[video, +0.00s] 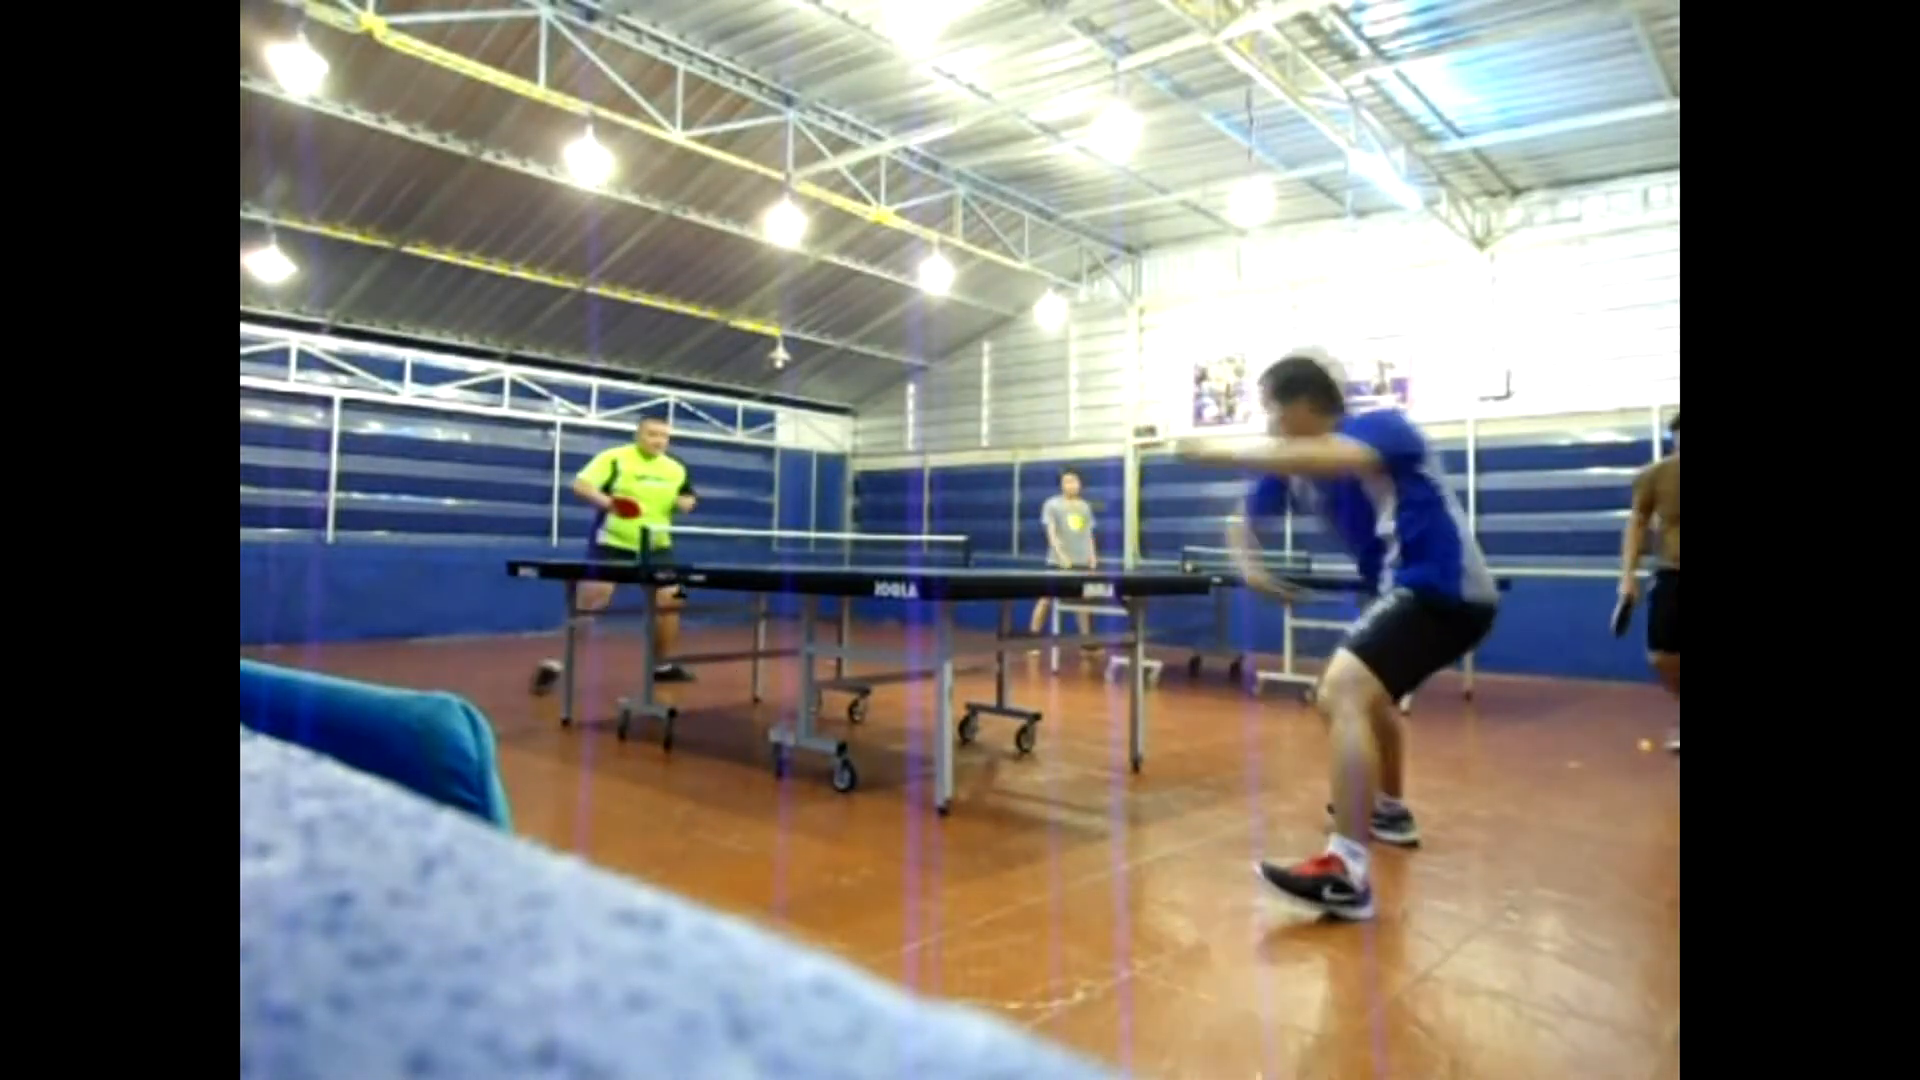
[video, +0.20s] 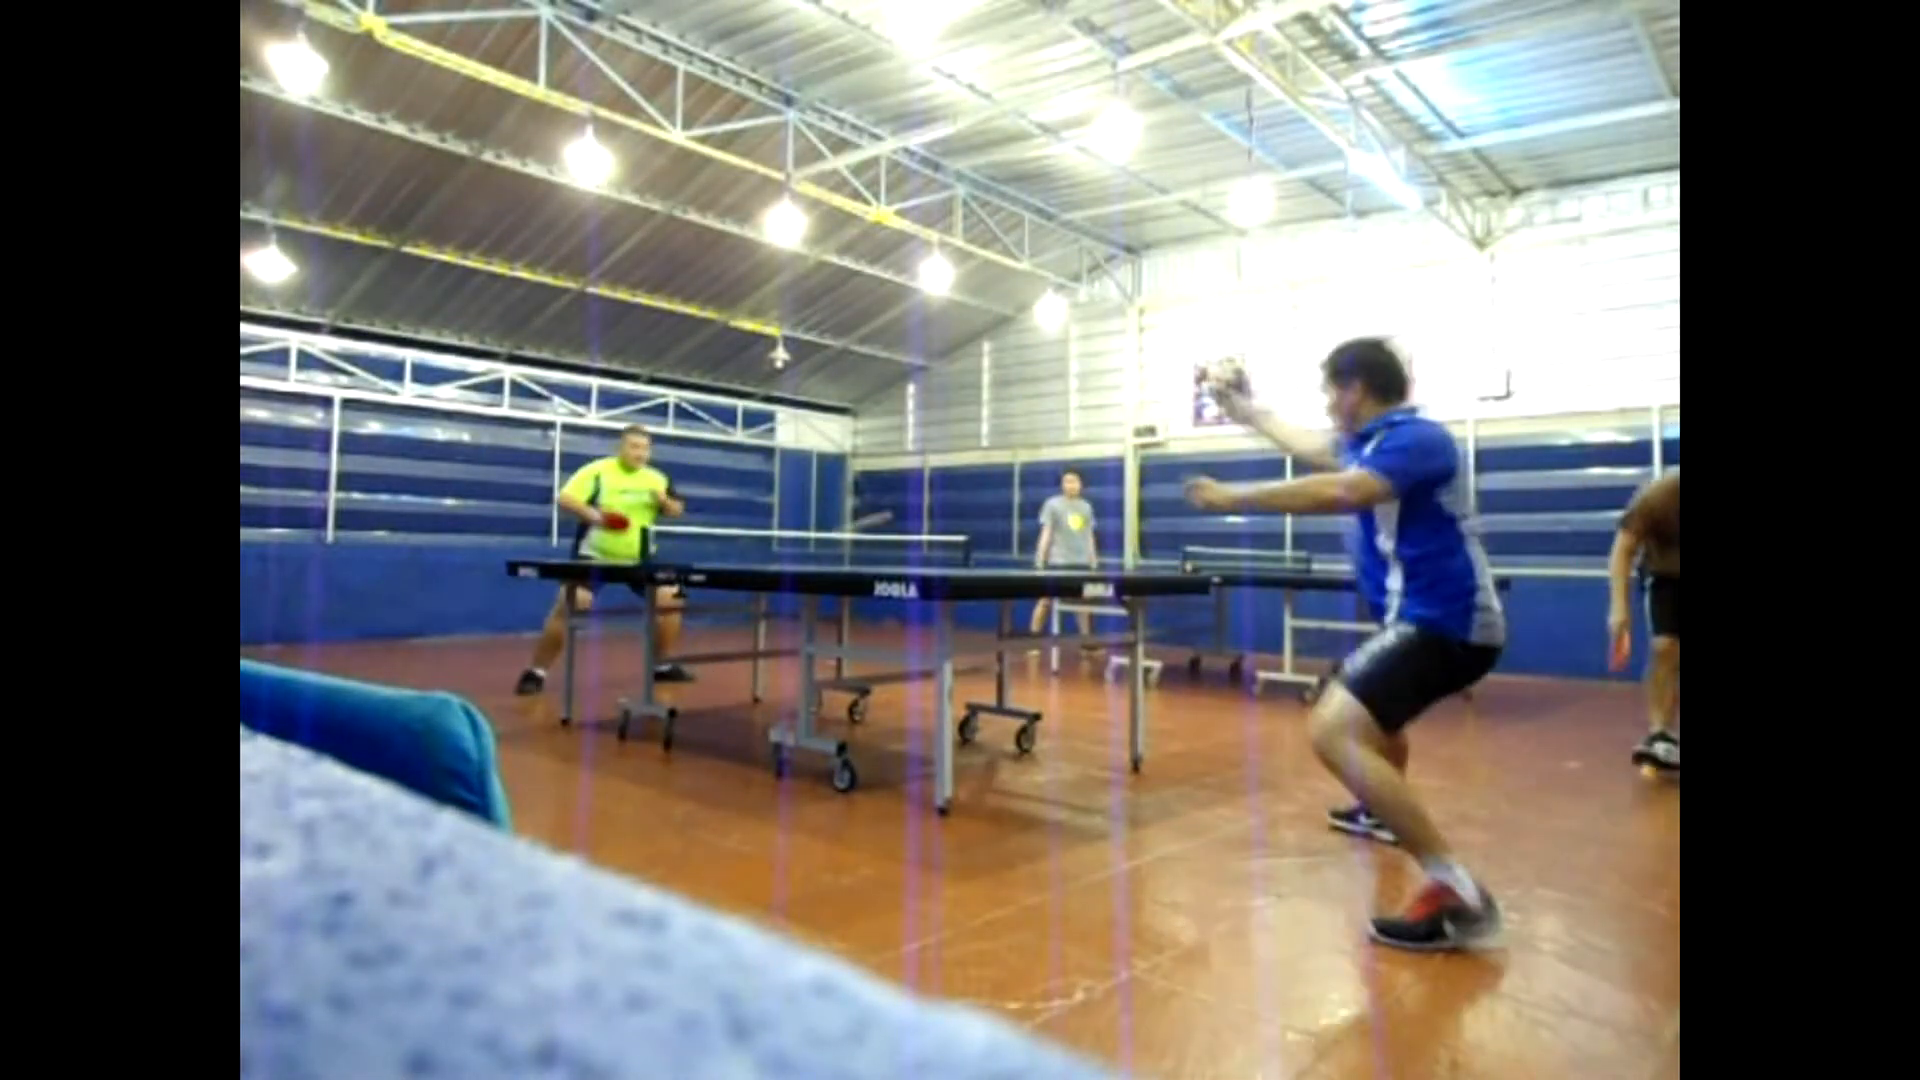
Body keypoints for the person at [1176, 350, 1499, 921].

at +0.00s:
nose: (1271, 425)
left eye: (1276, 411)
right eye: (1269, 413)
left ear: (1307, 405)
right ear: (1301, 408)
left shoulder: (1382, 428)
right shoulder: (1296, 460)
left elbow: (1343, 458)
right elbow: (1242, 524)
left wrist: (1224, 455)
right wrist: (1255, 571)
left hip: (1443, 592)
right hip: (1406, 593)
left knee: (1343, 692)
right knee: (1368, 693)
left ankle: (1347, 865)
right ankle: (1389, 809)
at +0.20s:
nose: (1328, 404)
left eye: (1333, 391)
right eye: (1329, 394)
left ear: (1359, 390)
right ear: (1368, 391)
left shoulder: (1417, 441)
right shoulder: (1373, 443)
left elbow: (1345, 494)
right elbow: (1307, 451)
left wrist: (1232, 499)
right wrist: (1243, 408)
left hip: (1447, 626)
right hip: (1422, 619)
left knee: (1334, 734)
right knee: (1358, 700)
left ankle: (1453, 887)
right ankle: (1384, 808)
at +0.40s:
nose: (1363, 348)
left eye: (1368, 333)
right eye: (1364, 335)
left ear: (1395, 329)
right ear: (1424, 330)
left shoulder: (1427, 377)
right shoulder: (1452, 381)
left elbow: (1344, 443)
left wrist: (1241, 460)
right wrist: (1392, 521)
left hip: (1474, 590)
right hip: (1506, 588)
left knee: (1374, 723)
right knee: (1444, 700)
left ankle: (1461, 896)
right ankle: (1479, 823)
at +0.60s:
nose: (1421, 354)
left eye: (1423, 341)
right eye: (1420, 342)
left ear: (1447, 337)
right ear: (1497, 334)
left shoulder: (1459, 377)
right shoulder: (1547, 396)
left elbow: (1430, 454)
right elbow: (1561, 496)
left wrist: (1339, 492)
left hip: (1494, 596)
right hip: (1584, 600)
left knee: (1387, 712)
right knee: (1573, 737)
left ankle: (1437, 905)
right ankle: (1667, 884)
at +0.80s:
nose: (1440, 410)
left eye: (1444, 400)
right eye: (1442, 401)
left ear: (1462, 396)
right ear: (1527, 394)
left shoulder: (1436, 437)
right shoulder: (1599, 447)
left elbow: (1330, 515)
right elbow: (1655, 558)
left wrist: (1333, 519)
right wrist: (1648, 656)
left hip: (1493, 636)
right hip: (1605, 643)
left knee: (1376, 777)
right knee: (1586, 748)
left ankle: (1419, 966)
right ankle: (1669, 894)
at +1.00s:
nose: (1354, 377)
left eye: (1359, 366)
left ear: (1374, 367)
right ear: (1450, 364)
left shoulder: (1338, 424)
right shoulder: (1519, 424)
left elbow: (1242, 518)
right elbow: (1584, 525)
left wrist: (1298, 468)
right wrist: (1663, 577)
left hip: (1412, 689)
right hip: (1537, 688)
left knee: (1283, 827)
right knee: (1621, 819)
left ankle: (1301, 1029)